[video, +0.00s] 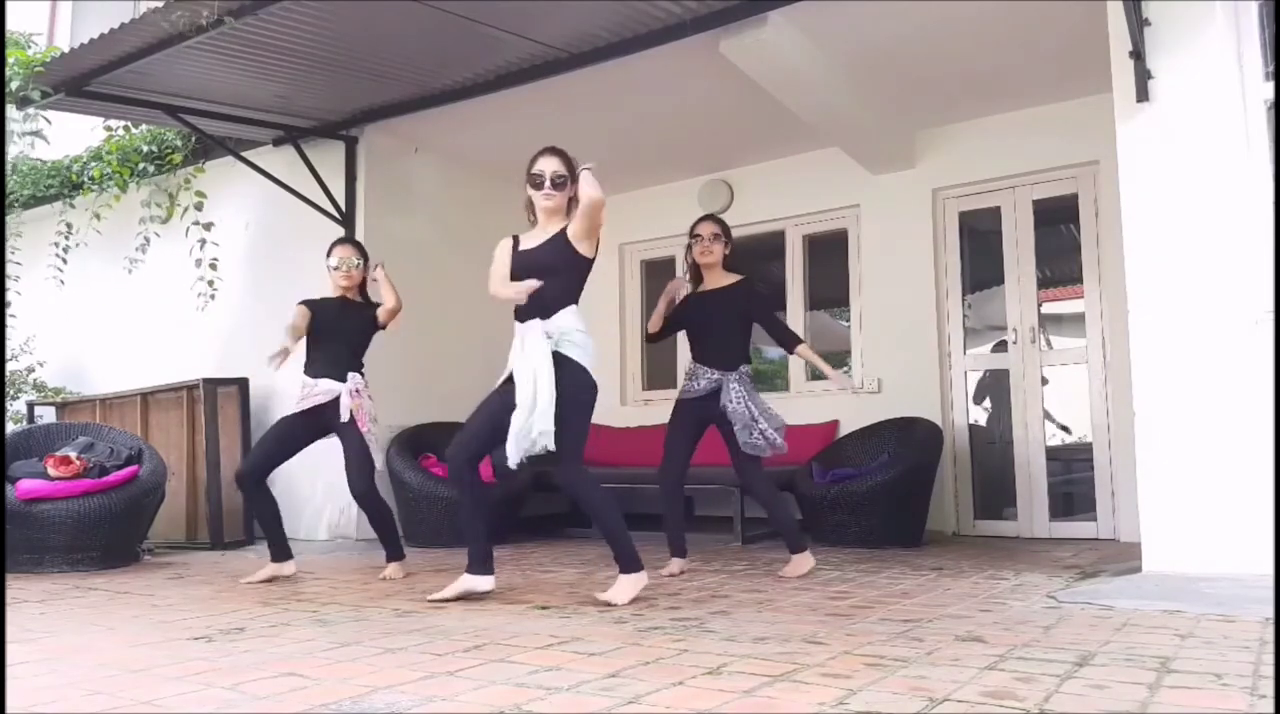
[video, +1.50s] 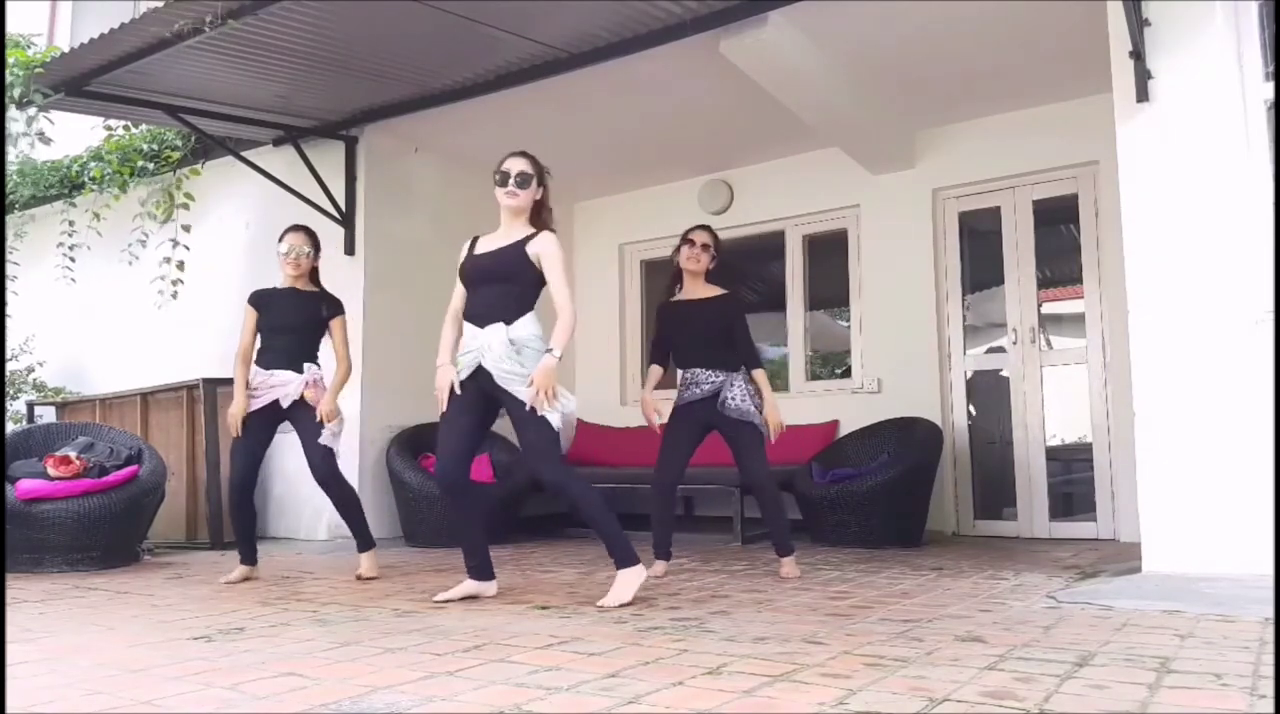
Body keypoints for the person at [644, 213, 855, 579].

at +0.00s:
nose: (705, 244)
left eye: (713, 238)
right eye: (698, 239)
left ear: (726, 246)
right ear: (690, 248)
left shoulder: (743, 289)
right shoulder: (690, 299)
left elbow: (782, 334)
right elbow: (653, 335)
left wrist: (827, 369)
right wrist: (665, 301)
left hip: (732, 391)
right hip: (694, 390)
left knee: (751, 478)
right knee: (670, 475)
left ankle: (800, 553)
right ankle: (677, 557)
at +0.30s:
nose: (726, 243)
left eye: (733, 236)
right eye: (718, 239)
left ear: (745, 244)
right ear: (710, 250)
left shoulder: (768, 295)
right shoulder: (702, 297)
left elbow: (780, 353)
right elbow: (685, 351)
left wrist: (787, 406)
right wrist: (675, 401)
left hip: (754, 392)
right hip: (705, 393)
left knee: (772, 475)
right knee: (687, 475)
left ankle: (787, 556)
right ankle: (678, 557)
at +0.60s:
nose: (731, 234)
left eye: (737, 227)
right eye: (722, 230)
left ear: (748, 235)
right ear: (713, 242)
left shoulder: (766, 290)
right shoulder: (701, 286)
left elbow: (771, 348)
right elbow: (688, 338)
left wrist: (783, 394)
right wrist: (680, 385)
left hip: (752, 388)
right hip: (705, 387)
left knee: (771, 472)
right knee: (689, 473)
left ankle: (786, 554)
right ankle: (677, 557)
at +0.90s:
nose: (749, 246)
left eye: (754, 240)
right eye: (739, 243)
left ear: (763, 248)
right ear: (729, 257)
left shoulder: (779, 303)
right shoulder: (716, 299)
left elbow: (784, 359)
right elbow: (694, 353)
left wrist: (790, 407)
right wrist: (683, 403)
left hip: (763, 398)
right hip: (715, 397)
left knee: (782, 477)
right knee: (697, 476)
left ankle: (788, 557)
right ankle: (679, 558)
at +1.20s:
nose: (741, 249)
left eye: (747, 246)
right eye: (733, 243)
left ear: (753, 256)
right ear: (717, 252)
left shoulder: (761, 305)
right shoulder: (696, 298)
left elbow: (776, 356)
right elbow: (682, 353)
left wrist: (781, 400)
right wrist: (676, 402)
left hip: (757, 393)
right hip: (711, 392)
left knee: (780, 472)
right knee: (688, 471)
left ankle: (787, 555)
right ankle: (664, 558)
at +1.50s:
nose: (696, 251)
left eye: (705, 248)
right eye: (690, 245)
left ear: (712, 259)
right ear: (678, 253)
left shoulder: (727, 300)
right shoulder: (668, 308)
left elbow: (748, 353)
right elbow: (660, 356)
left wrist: (770, 400)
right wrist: (646, 391)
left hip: (734, 394)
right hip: (690, 397)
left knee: (758, 476)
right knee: (663, 478)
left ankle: (786, 555)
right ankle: (661, 559)